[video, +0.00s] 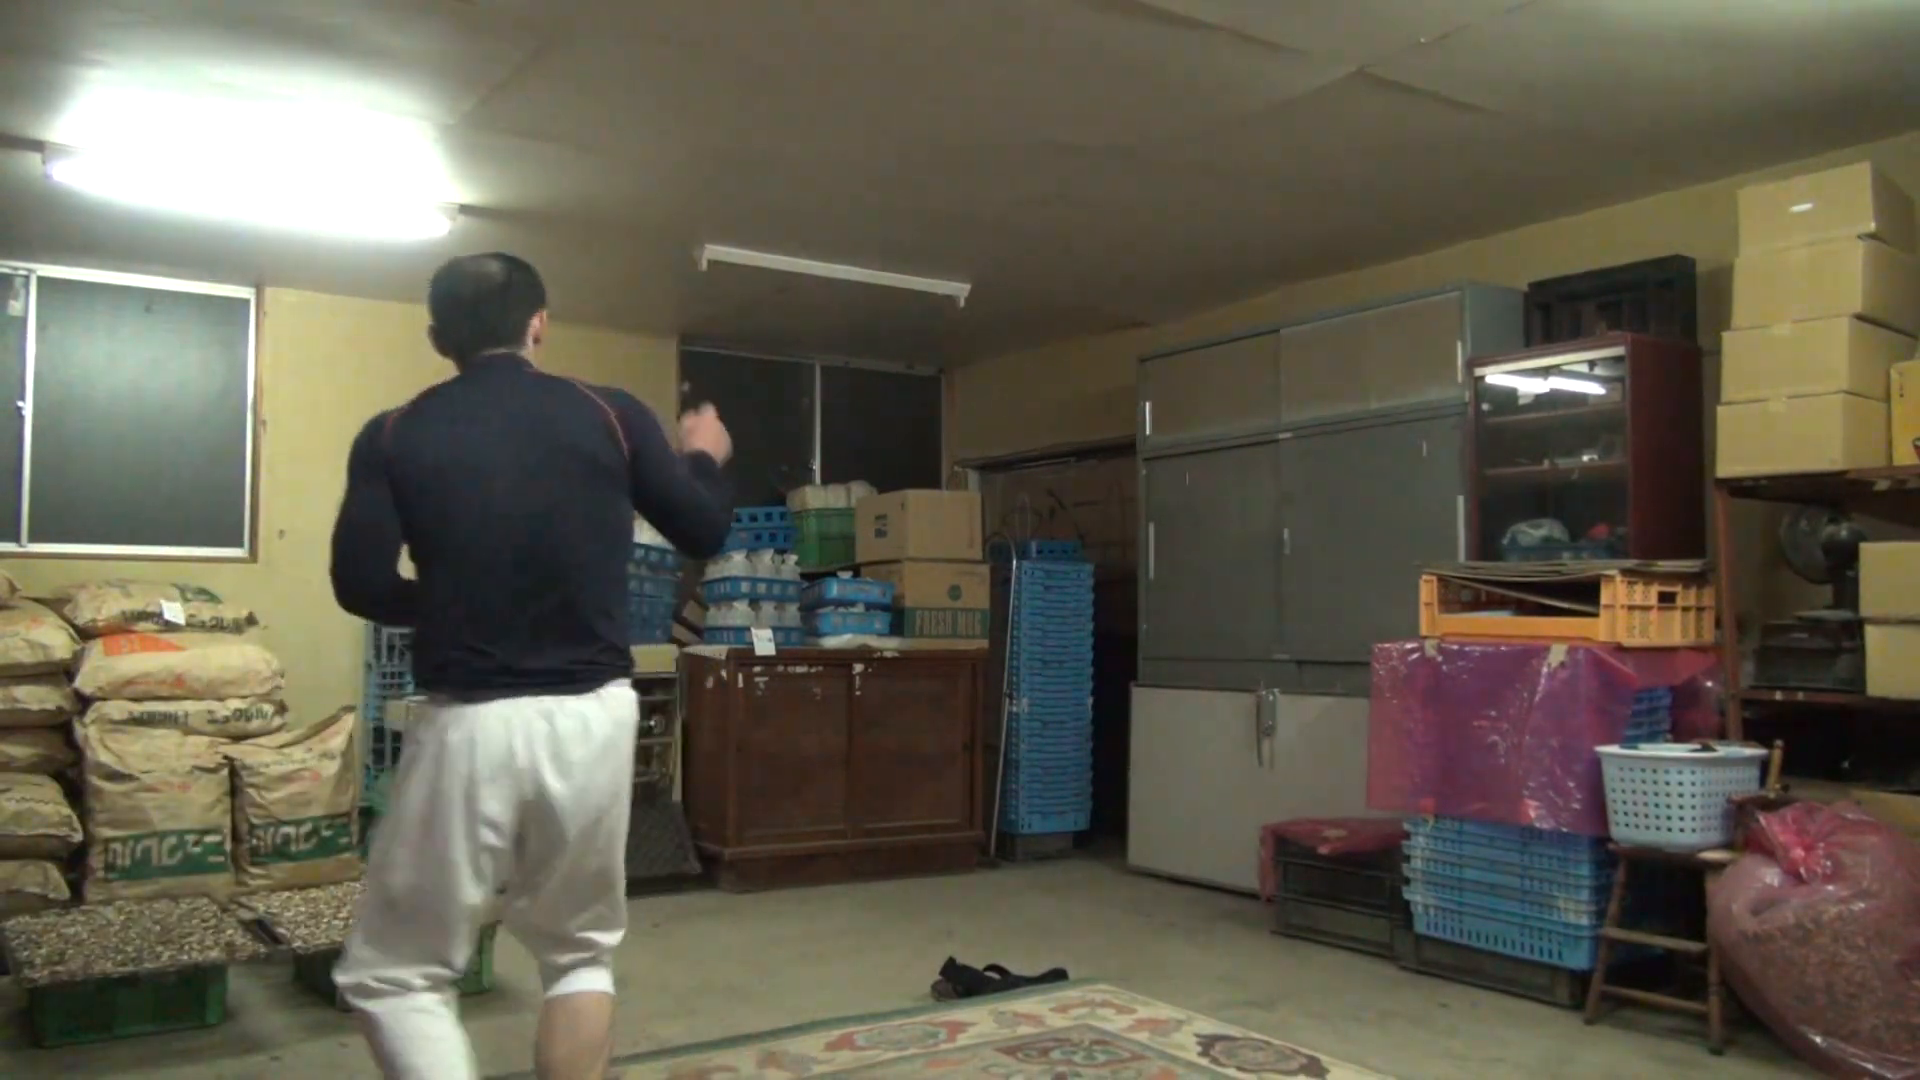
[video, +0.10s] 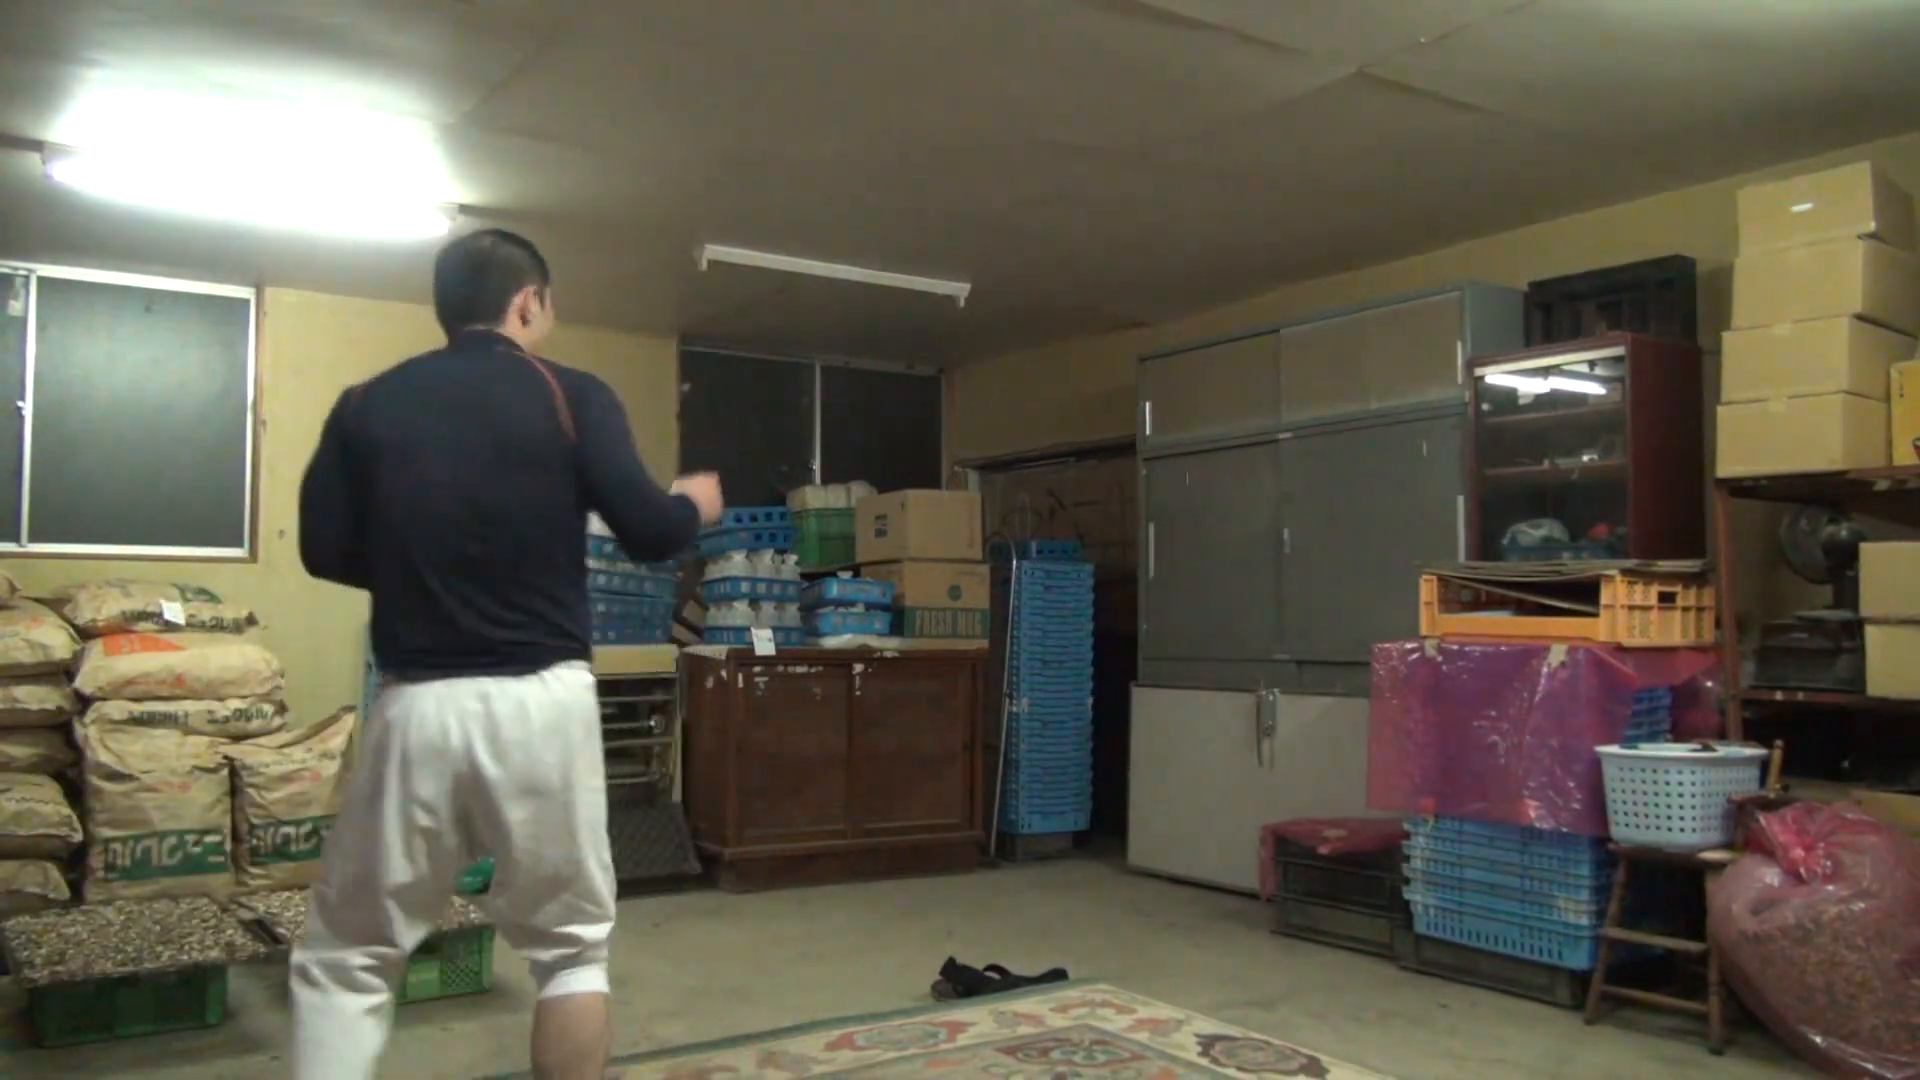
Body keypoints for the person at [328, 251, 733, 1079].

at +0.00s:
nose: (547, 328)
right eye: (545, 317)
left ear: (439, 338)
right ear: (537, 326)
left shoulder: (393, 436)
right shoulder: (609, 415)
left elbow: (360, 584)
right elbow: (703, 529)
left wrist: (452, 601)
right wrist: (705, 458)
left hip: (466, 729)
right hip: (593, 721)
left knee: (400, 974)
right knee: (580, 952)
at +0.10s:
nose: (548, 323)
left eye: (546, 308)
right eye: (547, 308)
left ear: (446, 311)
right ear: (526, 305)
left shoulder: (367, 404)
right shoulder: (572, 397)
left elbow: (327, 551)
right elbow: (651, 533)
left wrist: (424, 561)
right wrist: (693, 501)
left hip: (415, 713)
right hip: (545, 708)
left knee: (349, 963)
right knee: (571, 951)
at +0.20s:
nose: (537, 320)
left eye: (538, 302)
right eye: (533, 302)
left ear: (435, 302)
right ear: (496, 299)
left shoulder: (343, 394)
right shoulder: (515, 387)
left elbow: (303, 535)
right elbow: (570, 526)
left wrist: (411, 533)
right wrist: (649, 535)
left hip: (357, 710)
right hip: (483, 706)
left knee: (299, 966)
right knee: (551, 961)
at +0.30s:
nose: (518, 331)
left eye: (518, 312)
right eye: (509, 311)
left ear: (437, 314)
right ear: (458, 312)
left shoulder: (326, 404)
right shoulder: (444, 397)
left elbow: (293, 540)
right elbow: (468, 545)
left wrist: (450, 579)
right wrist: (598, 548)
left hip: (288, 723)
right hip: (401, 725)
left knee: (259, 981)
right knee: (518, 962)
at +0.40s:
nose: (496, 328)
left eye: (496, 309)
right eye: (486, 306)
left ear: (414, 309)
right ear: (426, 305)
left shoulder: (317, 393)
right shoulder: (389, 388)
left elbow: (326, 554)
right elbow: (376, 536)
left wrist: (449, 576)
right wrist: (527, 557)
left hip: (250, 727)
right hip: (352, 733)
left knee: (216, 1002)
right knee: (489, 957)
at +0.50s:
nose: (479, 304)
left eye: (477, 282)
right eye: (468, 279)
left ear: (392, 282)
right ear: (408, 278)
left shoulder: (293, 368)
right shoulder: (370, 357)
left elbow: (267, 537)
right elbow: (328, 500)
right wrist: (473, 565)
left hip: (237, 713)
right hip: (338, 717)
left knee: (205, 990)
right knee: (472, 961)